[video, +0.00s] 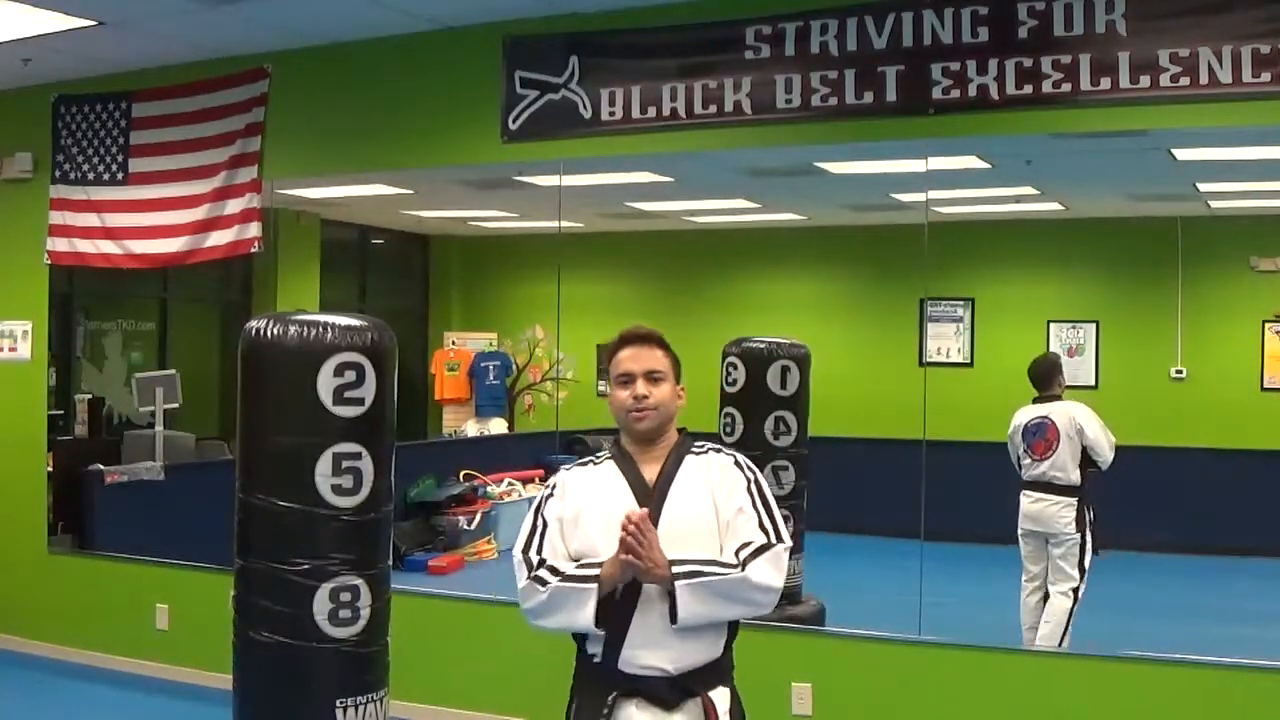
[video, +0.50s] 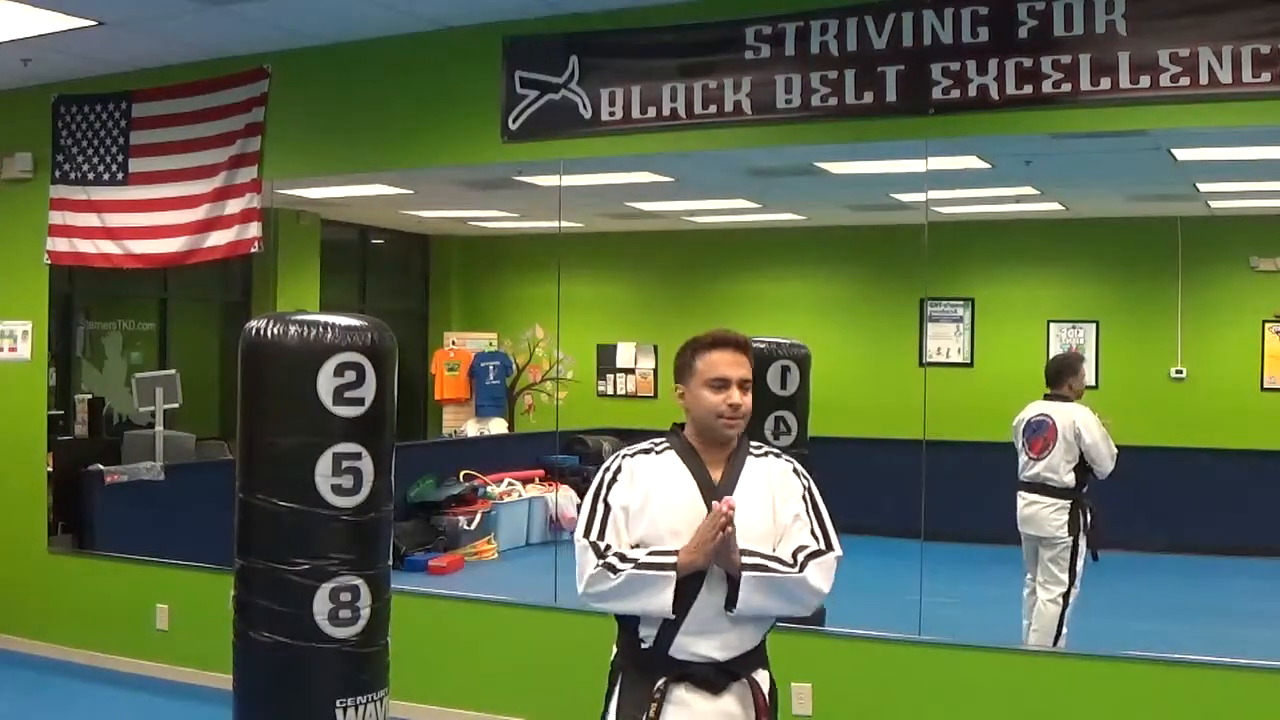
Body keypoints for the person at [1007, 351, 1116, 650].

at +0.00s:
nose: (1065, 377)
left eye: (1061, 373)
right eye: (1063, 373)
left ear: (1034, 382)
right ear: (1060, 378)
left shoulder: (1021, 416)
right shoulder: (1077, 413)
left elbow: (1019, 461)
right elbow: (1105, 456)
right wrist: (1077, 458)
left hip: (1028, 506)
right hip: (1066, 509)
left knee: (1032, 582)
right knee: (1064, 587)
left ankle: (1030, 652)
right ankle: (1045, 655)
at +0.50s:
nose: (1085, 382)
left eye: (1084, 375)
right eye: (1082, 376)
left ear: (1052, 380)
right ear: (1070, 381)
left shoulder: (1026, 413)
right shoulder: (1080, 416)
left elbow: (1027, 453)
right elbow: (1105, 464)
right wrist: (1102, 430)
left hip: (1026, 507)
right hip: (1060, 512)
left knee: (1033, 581)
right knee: (1056, 588)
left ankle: (1030, 647)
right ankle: (1041, 657)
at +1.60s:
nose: (1080, 383)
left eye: (1077, 378)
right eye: (1078, 379)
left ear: (1048, 385)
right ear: (1075, 382)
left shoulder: (1035, 416)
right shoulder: (1092, 409)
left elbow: (1034, 459)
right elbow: (1120, 451)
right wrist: (1093, 453)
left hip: (1045, 505)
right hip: (1082, 507)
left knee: (1053, 578)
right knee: (1090, 579)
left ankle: (1051, 648)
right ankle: (1056, 647)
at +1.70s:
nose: (1082, 385)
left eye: (1080, 381)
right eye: (1081, 381)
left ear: (1050, 386)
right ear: (1077, 383)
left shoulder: (1036, 416)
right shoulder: (1092, 410)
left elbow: (1034, 458)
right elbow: (1119, 452)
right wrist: (1091, 450)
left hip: (1047, 504)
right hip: (1083, 506)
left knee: (1056, 575)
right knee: (1109, 573)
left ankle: (1054, 645)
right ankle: (1068, 635)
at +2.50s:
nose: (1143, 384)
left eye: (1141, 380)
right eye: (1143, 381)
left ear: (1113, 381)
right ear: (1140, 383)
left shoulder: (1089, 409)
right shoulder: (1150, 415)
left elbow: (1079, 449)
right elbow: (1170, 459)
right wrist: (1144, 450)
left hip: (1094, 499)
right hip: (1132, 503)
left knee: (1085, 564)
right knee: (1137, 574)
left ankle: (1067, 641)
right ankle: (1135, 649)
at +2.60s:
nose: (1153, 385)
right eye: (1153, 381)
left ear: (1123, 381)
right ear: (1151, 383)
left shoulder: (1099, 409)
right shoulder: (1162, 417)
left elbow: (1088, 448)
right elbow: (1180, 460)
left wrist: (1118, 437)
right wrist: (1153, 447)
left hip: (1103, 501)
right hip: (1141, 505)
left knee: (1093, 562)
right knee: (1141, 575)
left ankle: (1075, 630)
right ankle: (1136, 650)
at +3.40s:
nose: (1171, 381)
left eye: (1168, 377)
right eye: (1169, 377)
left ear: (1141, 383)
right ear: (1164, 380)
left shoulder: (1125, 414)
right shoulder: (1177, 414)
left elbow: (1117, 459)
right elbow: (1201, 460)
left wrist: (1143, 449)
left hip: (1135, 498)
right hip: (1167, 501)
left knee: (1137, 565)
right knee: (1162, 568)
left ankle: (1138, 632)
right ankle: (1143, 639)